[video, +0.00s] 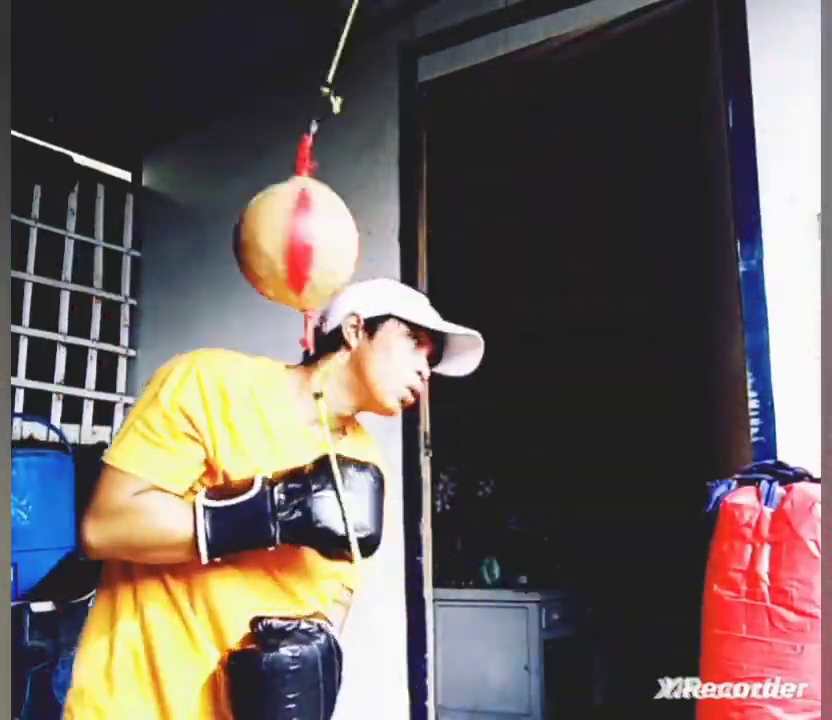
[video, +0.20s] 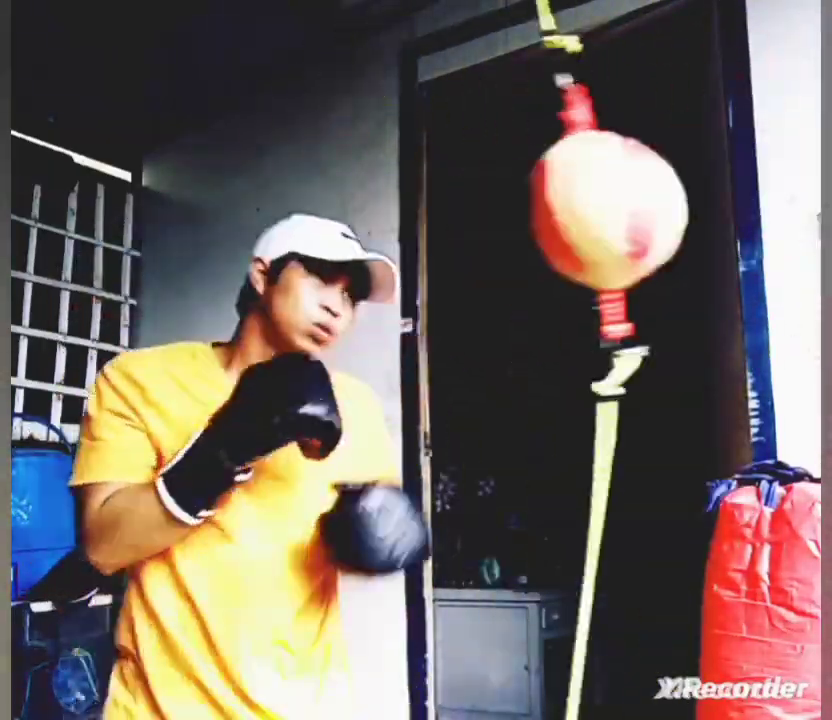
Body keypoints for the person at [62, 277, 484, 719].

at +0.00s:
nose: (426, 370)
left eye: (430, 355)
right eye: (414, 341)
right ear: (357, 330)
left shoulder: (364, 458)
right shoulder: (201, 381)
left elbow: (339, 589)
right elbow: (106, 525)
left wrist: (319, 651)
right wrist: (275, 511)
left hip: (259, 704)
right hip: (135, 698)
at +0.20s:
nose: (337, 305)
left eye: (350, 295)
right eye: (320, 276)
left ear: (356, 315)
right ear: (263, 274)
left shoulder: (354, 406)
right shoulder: (138, 380)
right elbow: (105, 547)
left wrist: (387, 531)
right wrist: (222, 452)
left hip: (306, 702)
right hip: (162, 698)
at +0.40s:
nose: (345, 267)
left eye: (356, 253)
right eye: (323, 244)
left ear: (365, 270)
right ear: (268, 251)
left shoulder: (390, 359)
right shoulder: (183, 366)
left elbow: (507, 417)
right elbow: (177, 523)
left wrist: (565, 346)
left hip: (382, 692)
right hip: (232, 696)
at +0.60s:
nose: (370, 248)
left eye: (383, 231)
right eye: (347, 229)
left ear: (404, 246)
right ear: (296, 244)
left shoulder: (448, 339)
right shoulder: (223, 342)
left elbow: (570, 346)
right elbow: (240, 470)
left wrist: (577, 265)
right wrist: (346, 344)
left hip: (392, 696)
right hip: (238, 695)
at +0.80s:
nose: (290, 275)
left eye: (308, 258)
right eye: (270, 251)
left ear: (323, 276)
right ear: (227, 265)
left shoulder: (374, 360)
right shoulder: (168, 384)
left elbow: (460, 476)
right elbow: (148, 538)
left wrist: (407, 499)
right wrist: (219, 421)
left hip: (372, 667)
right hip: (237, 677)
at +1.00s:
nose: (207, 304)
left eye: (224, 286)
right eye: (184, 284)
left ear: (244, 301)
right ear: (146, 303)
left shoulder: (319, 384)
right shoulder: (112, 425)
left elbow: (371, 495)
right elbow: (137, 568)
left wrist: (334, 556)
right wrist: (180, 458)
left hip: (326, 683)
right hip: (193, 689)